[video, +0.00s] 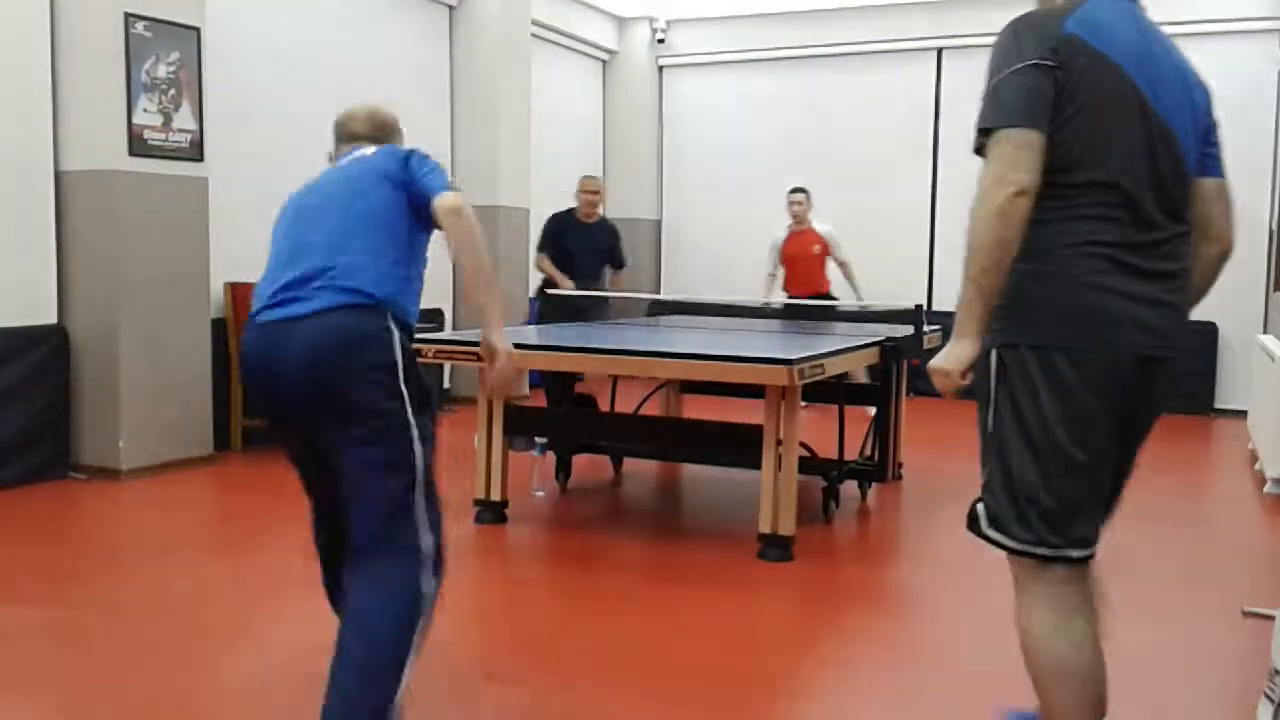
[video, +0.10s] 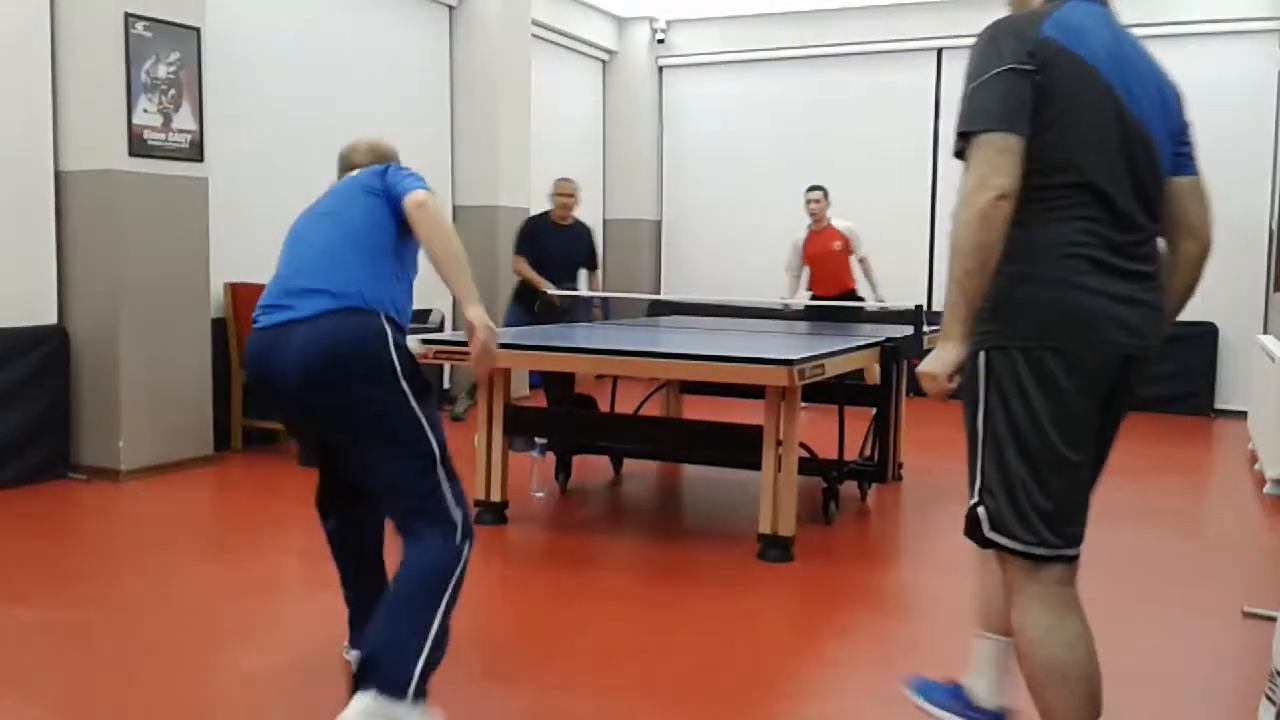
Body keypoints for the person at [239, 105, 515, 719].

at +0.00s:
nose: (402, 151)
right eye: (401, 143)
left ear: (336, 150)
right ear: (394, 143)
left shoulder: (303, 195)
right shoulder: (403, 159)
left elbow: (280, 284)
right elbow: (454, 212)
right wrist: (495, 333)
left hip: (270, 345)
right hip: (356, 339)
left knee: (333, 505)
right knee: (401, 541)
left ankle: (369, 634)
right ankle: (357, 707)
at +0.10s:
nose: (402, 170)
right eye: (398, 164)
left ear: (341, 174)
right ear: (389, 163)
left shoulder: (315, 210)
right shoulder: (390, 174)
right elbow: (421, 208)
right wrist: (471, 304)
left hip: (270, 349)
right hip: (351, 339)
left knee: (346, 491)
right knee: (442, 524)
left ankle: (368, 641)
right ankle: (391, 691)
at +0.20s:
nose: (404, 186)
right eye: (400, 181)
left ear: (350, 178)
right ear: (386, 172)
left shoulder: (323, 214)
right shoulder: (383, 174)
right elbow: (404, 193)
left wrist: (424, 347)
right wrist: (449, 281)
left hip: (273, 329)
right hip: (350, 317)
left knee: (349, 483)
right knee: (446, 497)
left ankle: (369, 636)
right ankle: (418, 661)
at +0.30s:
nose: (415, 183)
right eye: (406, 173)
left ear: (354, 162)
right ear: (390, 162)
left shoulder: (327, 200)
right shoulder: (384, 163)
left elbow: (365, 300)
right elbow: (397, 175)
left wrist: (443, 348)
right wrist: (425, 248)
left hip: (274, 308)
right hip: (350, 293)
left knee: (343, 473)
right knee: (416, 467)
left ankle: (367, 634)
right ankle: (438, 621)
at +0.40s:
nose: (408, 151)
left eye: (407, 147)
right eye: (405, 143)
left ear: (356, 134)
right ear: (393, 134)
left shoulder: (326, 172)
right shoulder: (387, 137)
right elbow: (391, 154)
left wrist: (415, 346)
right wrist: (412, 237)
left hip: (279, 288)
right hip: (350, 275)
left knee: (336, 452)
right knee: (397, 439)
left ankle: (362, 599)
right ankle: (425, 579)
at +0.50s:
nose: (403, 135)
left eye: (401, 127)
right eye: (401, 128)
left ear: (347, 129)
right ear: (391, 124)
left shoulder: (313, 171)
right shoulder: (389, 138)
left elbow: (310, 245)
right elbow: (398, 172)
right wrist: (419, 259)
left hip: (289, 297)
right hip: (359, 290)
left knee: (321, 445)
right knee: (396, 443)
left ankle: (337, 545)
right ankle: (406, 590)